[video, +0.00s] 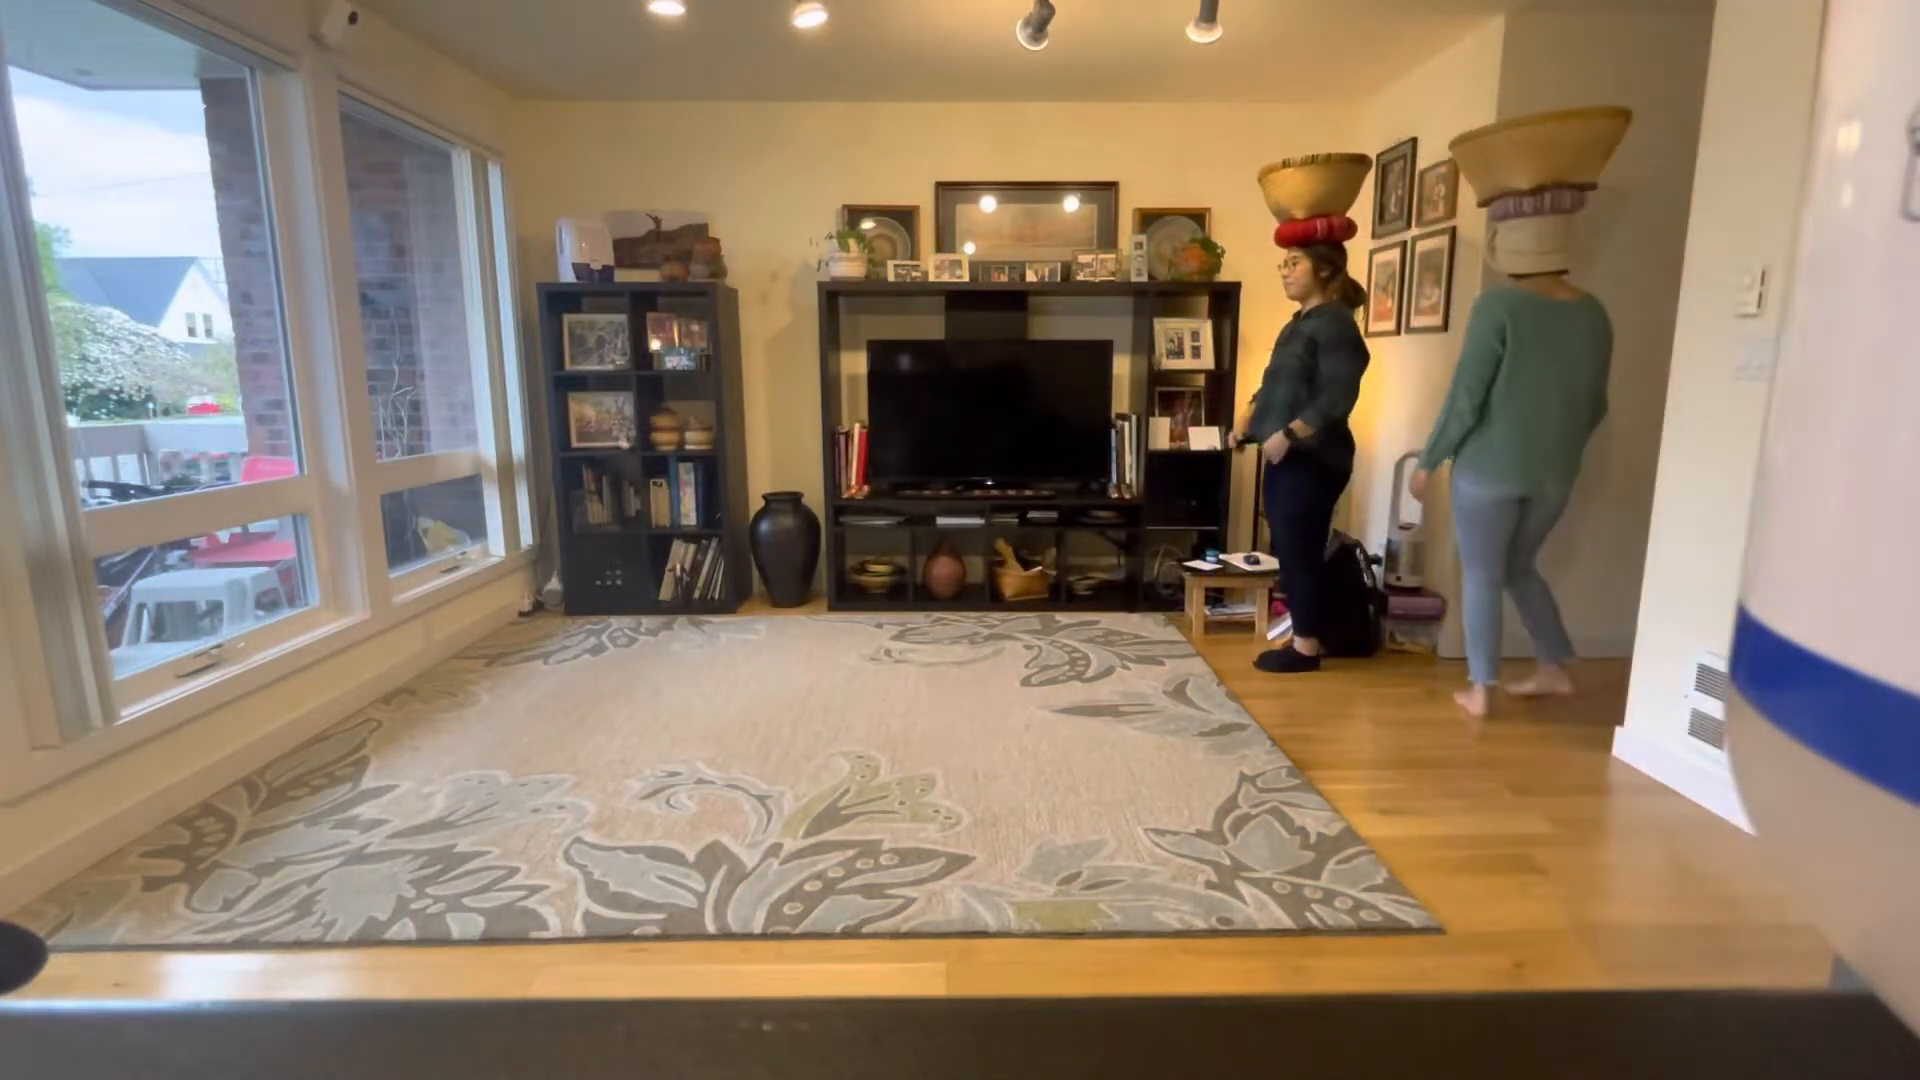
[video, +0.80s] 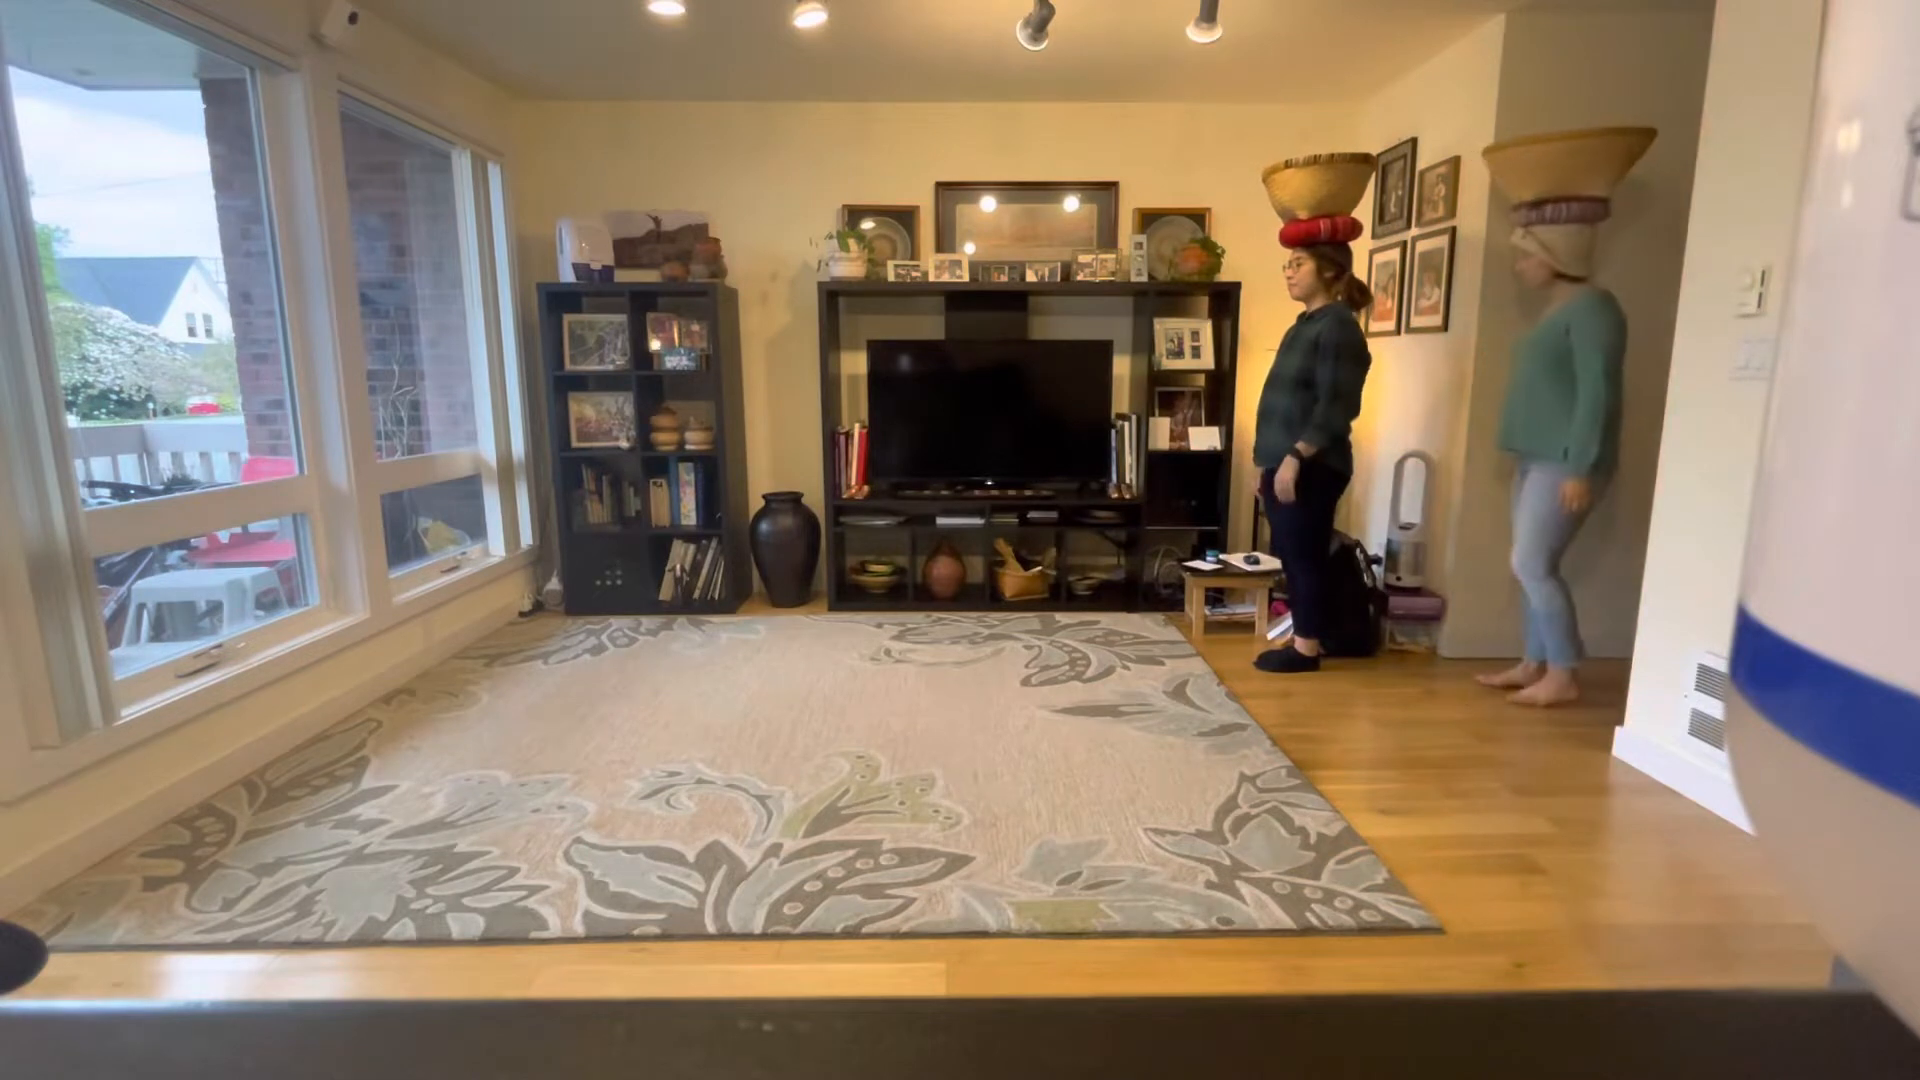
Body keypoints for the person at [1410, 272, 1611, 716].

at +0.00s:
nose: (1499, 261)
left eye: (1501, 253)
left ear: (1508, 258)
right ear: (1559, 256)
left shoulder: (1498, 305)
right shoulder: (1591, 312)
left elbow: (1467, 399)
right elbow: (1595, 404)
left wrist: (1427, 461)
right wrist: (1559, 448)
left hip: (1491, 463)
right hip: (1555, 468)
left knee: (1482, 575)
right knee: (1520, 567)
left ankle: (1480, 689)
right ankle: (1554, 667)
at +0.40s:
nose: (1508, 262)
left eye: (1511, 255)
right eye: (1511, 252)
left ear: (1523, 260)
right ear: (1566, 258)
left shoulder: (1546, 314)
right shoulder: (1583, 311)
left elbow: (1534, 405)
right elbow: (1578, 400)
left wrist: (1494, 472)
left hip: (1536, 468)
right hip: (1567, 467)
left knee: (1494, 564)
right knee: (1528, 564)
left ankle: (1506, 678)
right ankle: (1536, 664)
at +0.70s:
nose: (1513, 263)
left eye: (1520, 254)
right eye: (1514, 253)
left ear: (1547, 257)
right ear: (1552, 258)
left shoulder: (1579, 310)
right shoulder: (1562, 309)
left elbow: (1584, 395)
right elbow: (1565, 392)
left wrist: (1571, 470)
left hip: (1555, 459)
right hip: (1541, 454)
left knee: (1521, 562)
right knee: (1527, 562)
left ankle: (1544, 673)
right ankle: (1533, 663)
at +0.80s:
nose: (1519, 263)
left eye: (1527, 253)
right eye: (1520, 253)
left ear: (1555, 257)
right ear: (1554, 258)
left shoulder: (1591, 308)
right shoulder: (1563, 310)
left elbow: (1596, 391)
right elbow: (1560, 390)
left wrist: (1580, 468)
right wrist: (1527, 451)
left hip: (1565, 460)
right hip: (1540, 455)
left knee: (1534, 565)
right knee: (1528, 564)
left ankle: (1562, 675)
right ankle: (1534, 663)